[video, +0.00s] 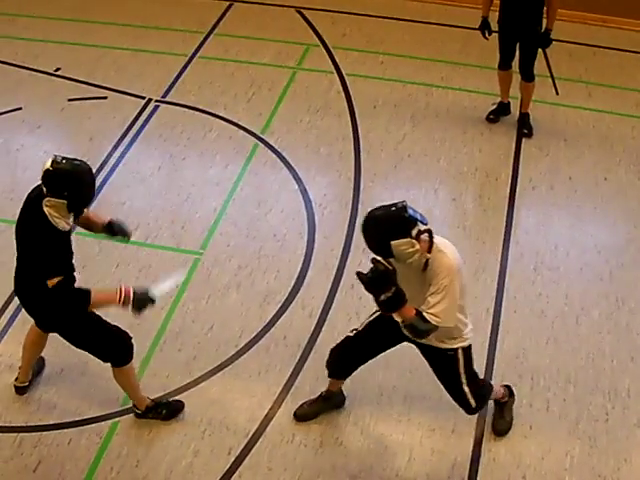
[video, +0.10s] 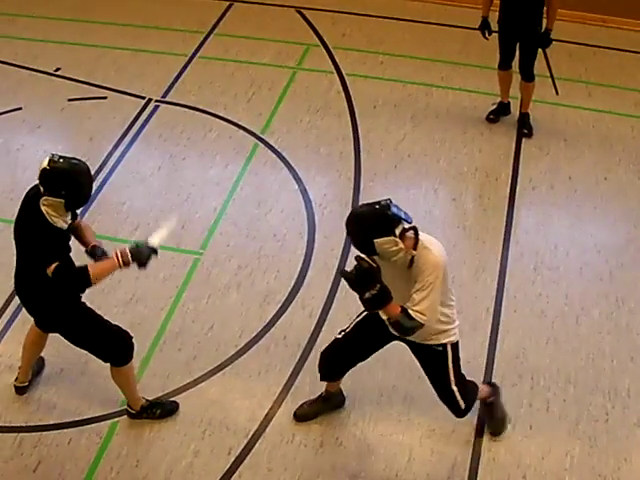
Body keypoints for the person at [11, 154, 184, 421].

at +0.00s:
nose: (85, 203)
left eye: (86, 198)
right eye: (82, 199)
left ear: (55, 187)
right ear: (67, 199)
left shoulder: (44, 196)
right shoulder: (48, 238)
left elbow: (79, 217)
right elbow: (62, 298)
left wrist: (106, 226)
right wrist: (125, 296)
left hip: (30, 290)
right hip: (49, 305)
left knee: (42, 323)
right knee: (119, 344)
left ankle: (23, 377)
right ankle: (141, 404)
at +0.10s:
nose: (78, 203)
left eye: (78, 199)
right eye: (76, 199)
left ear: (51, 186)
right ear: (64, 198)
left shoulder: (40, 196)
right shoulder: (41, 233)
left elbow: (74, 223)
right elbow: (69, 281)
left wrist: (94, 249)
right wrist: (123, 258)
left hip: (30, 286)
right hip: (49, 301)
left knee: (43, 321)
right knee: (119, 344)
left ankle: (23, 377)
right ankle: (136, 405)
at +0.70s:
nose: (94, 191)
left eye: (93, 187)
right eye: (91, 187)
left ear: (65, 177)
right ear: (79, 189)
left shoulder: (55, 191)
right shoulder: (58, 225)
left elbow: (86, 213)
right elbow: (60, 279)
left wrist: (102, 230)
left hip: (56, 284)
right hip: (75, 297)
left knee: (55, 313)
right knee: (148, 334)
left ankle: (28, 365)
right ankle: (156, 397)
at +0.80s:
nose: (89, 191)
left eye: (89, 186)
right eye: (86, 187)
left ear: (60, 182)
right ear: (71, 189)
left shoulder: (59, 196)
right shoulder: (40, 226)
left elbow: (83, 203)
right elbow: (9, 279)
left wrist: (100, 208)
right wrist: (44, 276)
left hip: (68, 292)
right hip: (83, 302)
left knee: (53, 325)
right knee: (156, 333)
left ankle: (20, 368)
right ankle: (161, 396)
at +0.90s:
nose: (92, 198)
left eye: (93, 193)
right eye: (89, 194)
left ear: (67, 183)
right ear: (74, 194)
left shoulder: (56, 195)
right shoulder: (48, 231)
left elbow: (83, 198)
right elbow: (20, 286)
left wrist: (106, 202)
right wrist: (50, 280)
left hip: (69, 293)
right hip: (87, 304)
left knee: (62, 321)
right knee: (160, 333)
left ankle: (28, 367)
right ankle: (167, 396)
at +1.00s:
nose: (106, 197)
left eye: (106, 193)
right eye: (103, 193)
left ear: (79, 182)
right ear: (88, 193)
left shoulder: (64, 194)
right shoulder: (66, 230)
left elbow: (96, 201)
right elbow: (61, 289)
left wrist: (123, 201)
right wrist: (101, 271)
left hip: (80, 290)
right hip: (93, 300)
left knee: (64, 324)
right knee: (167, 333)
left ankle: (32, 367)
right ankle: (173, 398)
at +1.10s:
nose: (132, 196)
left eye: (132, 190)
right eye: (129, 191)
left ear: (98, 180)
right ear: (113, 195)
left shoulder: (80, 191)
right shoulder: (100, 232)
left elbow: (113, 204)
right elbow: (114, 287)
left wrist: (143, 203)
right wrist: (149, 266)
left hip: (79, 289)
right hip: (104, 299)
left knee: (69, 323)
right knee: (177, 335)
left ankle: (41, 366)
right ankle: (179, 400)